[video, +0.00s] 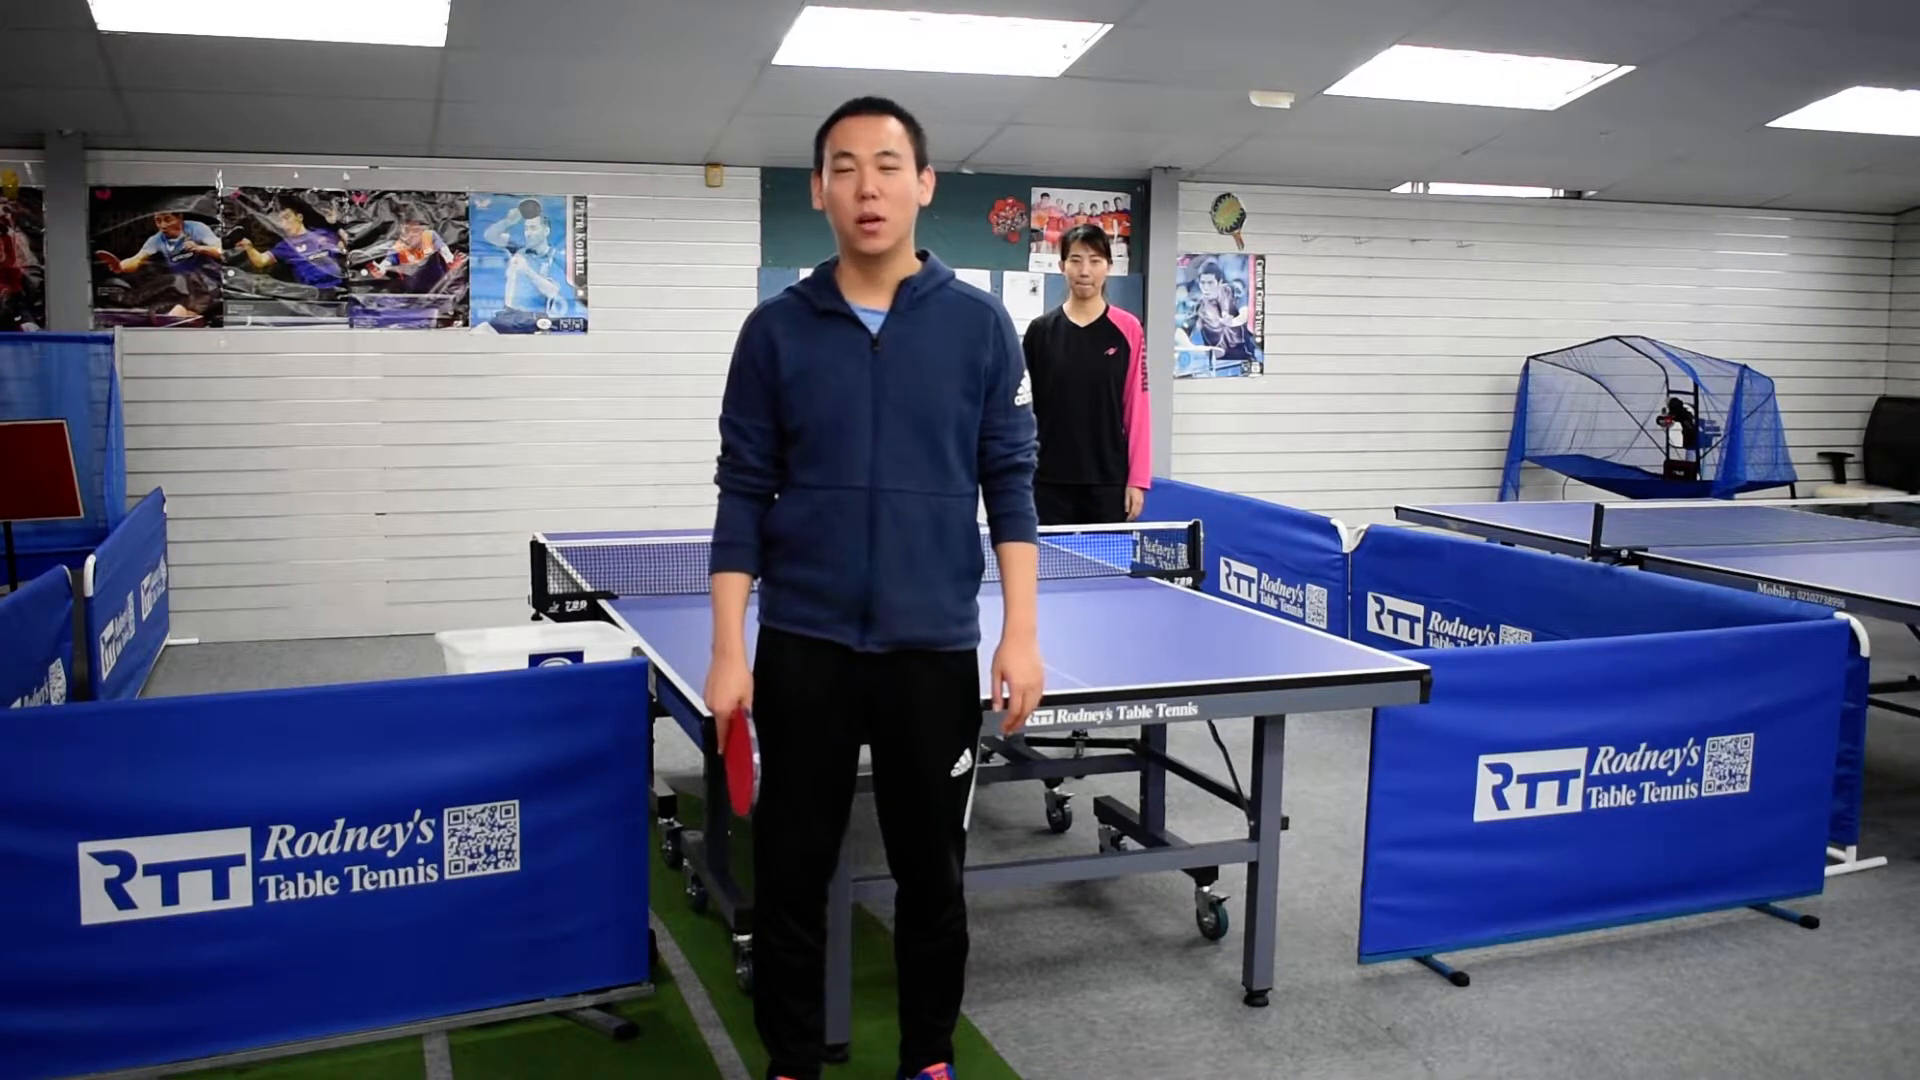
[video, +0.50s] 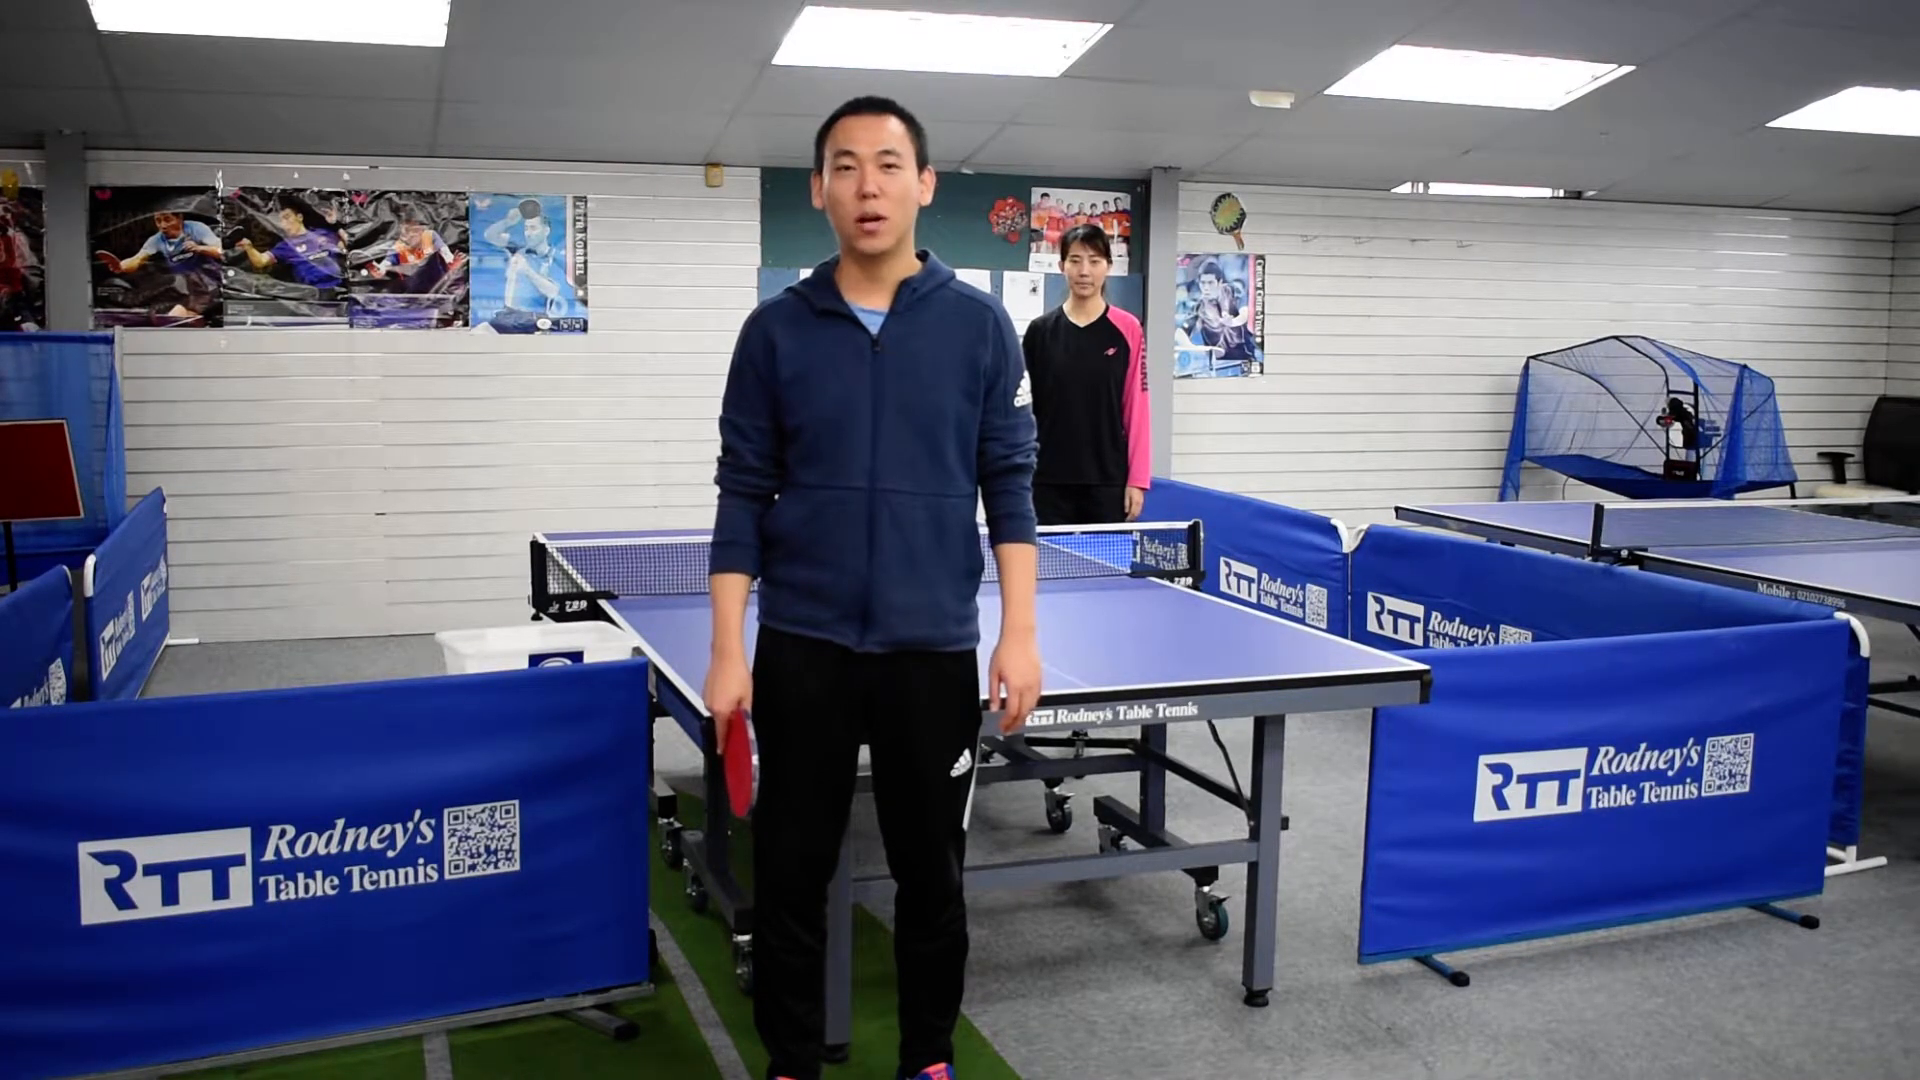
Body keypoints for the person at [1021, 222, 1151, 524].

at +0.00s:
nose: (1085, 271)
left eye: (1095, 262)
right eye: (1075, 261)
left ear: (1108, 268)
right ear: (1063, 266)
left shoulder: (1128, 329)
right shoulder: (1039, 331)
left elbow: (1137, 407)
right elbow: (1022, 405)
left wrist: (1138, 479)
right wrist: (1020, 478)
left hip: (1107, 483)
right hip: (1049, 482)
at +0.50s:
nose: (1084, 271)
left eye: (1094, 262)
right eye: (1075, 261)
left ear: (1108, 268)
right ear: (1062, 266)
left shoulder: (1127, 329)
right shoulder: (1039, 331)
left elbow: (1136, 407)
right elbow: (1022, 405)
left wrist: (1137, 479)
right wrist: (1020, 478)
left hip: (1107, 483)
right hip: (1049, 481)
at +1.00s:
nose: (1085, 271)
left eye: (1095, 262)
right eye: (1076, 261)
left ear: (1109, 268)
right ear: (1063, 266)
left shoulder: (1128, 330)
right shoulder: (1039, 331)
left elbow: (1137, 407)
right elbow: (1022, 406)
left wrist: (1138, 478)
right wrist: (1019, 478)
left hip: (1107, 483)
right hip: (1049, 481)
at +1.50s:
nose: (1085, 271)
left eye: (1095, 262)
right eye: (1076, 261)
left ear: (1109, 268)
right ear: (1063, 266)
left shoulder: (1128, 329)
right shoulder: (1040, 331)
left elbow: (1137, 407)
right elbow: (1022, 405)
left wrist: (1138, 478)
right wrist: (1019, 477)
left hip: (1107, 482)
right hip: (1049, 480)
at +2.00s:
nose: (1085, 271)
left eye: (1095, 262)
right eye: (1076, 261)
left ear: (1108, 267)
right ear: (1063, 266)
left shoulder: (1128, 329)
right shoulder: (1039, 331)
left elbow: (1137, 407)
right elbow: (1023, 405)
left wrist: (1138, 478)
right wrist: (1020, 477)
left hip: (1107, 482)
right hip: (1050, 480)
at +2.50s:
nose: (1085, 271)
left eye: (1095, 262)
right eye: (1076, 261)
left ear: (1108, 268)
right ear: (1063, 266)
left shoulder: (1128, 329)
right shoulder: (1040, 331)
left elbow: (1137, 407)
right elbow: (1023, 405)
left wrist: (1138, 479)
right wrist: (1021, 478)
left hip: (1108, 482)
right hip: (1050, 481)